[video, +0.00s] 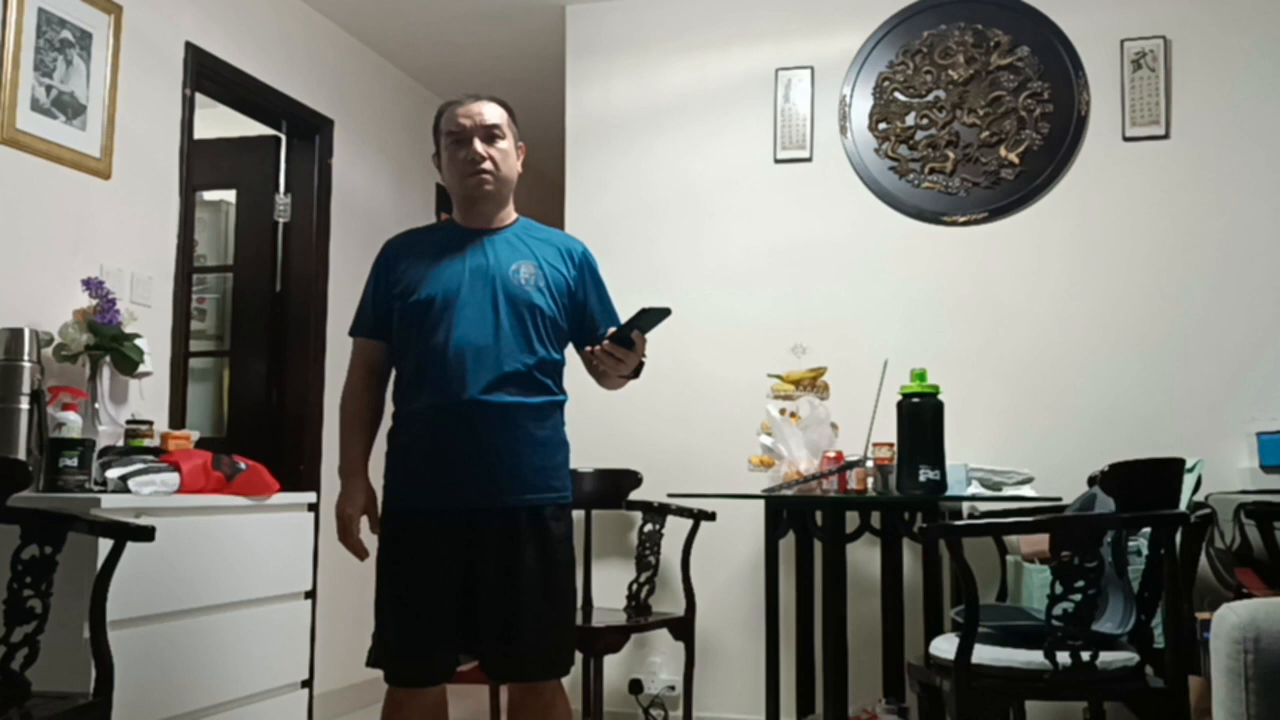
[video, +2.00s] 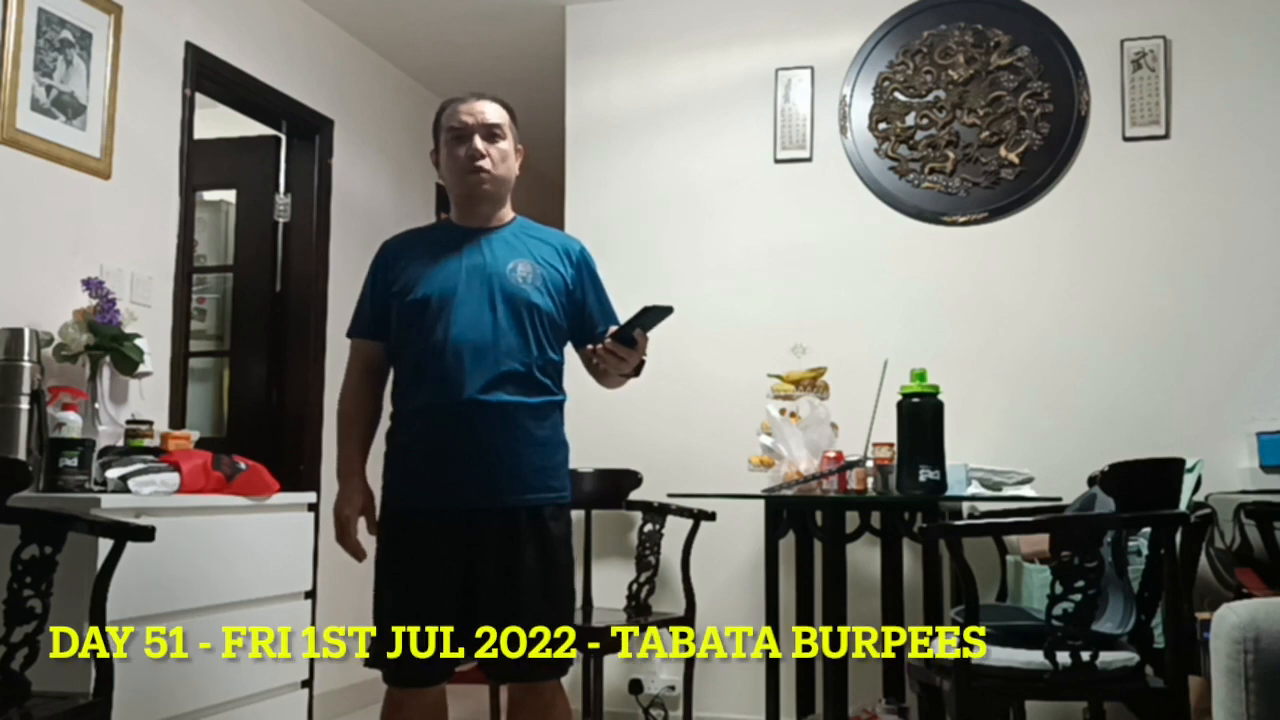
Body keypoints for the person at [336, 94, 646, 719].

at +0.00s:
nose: (476, 148)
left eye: (491, 135)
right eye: (458, 140)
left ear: (520, 157)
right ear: (439, 165)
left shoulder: (565, 254)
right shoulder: (402, 255)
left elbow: (606, 362)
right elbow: (366, 373)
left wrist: (622, 366)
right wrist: (353, 475)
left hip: (529, 496)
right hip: (422, 496)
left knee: (535, 681)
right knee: (413, 682)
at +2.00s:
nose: (476, 146)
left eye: (492, 134)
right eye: (459, 137)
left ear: (519, 158)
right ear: (437, 161)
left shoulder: (564, 253)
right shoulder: (400, 255)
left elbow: (604, 363)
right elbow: (365, 373)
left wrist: (622, 364)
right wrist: (351, 475)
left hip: (528, 496)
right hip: (421, 496)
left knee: (536, 681)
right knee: (411, 682)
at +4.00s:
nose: (477, 146)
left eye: (493, 135)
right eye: (460, 137)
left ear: (519, 159)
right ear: (437, 161)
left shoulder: (563, 253)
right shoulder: (400, 256)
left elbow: (603, 362)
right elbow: (365, 375)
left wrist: (622, 362)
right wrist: (352, 476)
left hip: (528, 496)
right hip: (421, 496)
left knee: (536, 680)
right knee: (412, 681)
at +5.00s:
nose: (477, 146)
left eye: (493, 135)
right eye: (460, 137)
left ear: (519, 159)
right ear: (438, 161)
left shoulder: (562, 254)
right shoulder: (400, 257)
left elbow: (602, 362)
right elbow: (365, 376)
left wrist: (622, 362)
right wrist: (352, 477)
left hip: (529, 497)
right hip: (422, 496)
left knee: (536, 680)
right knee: (413, 680)